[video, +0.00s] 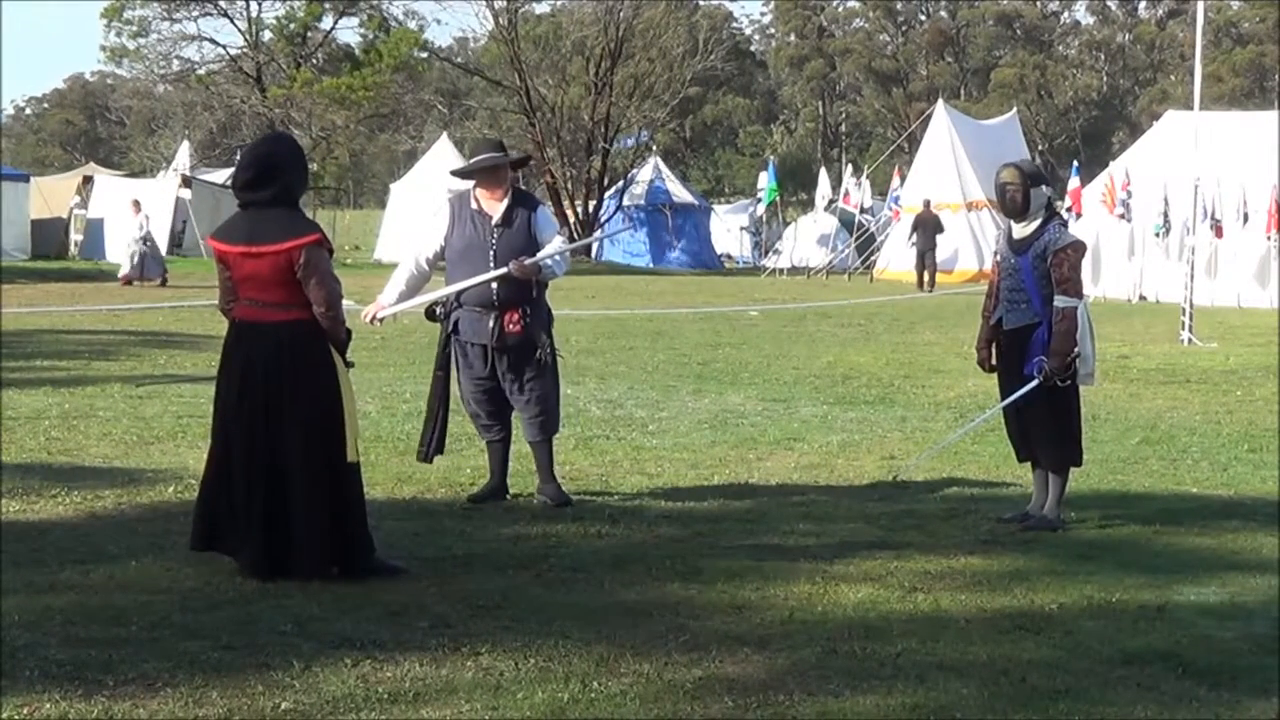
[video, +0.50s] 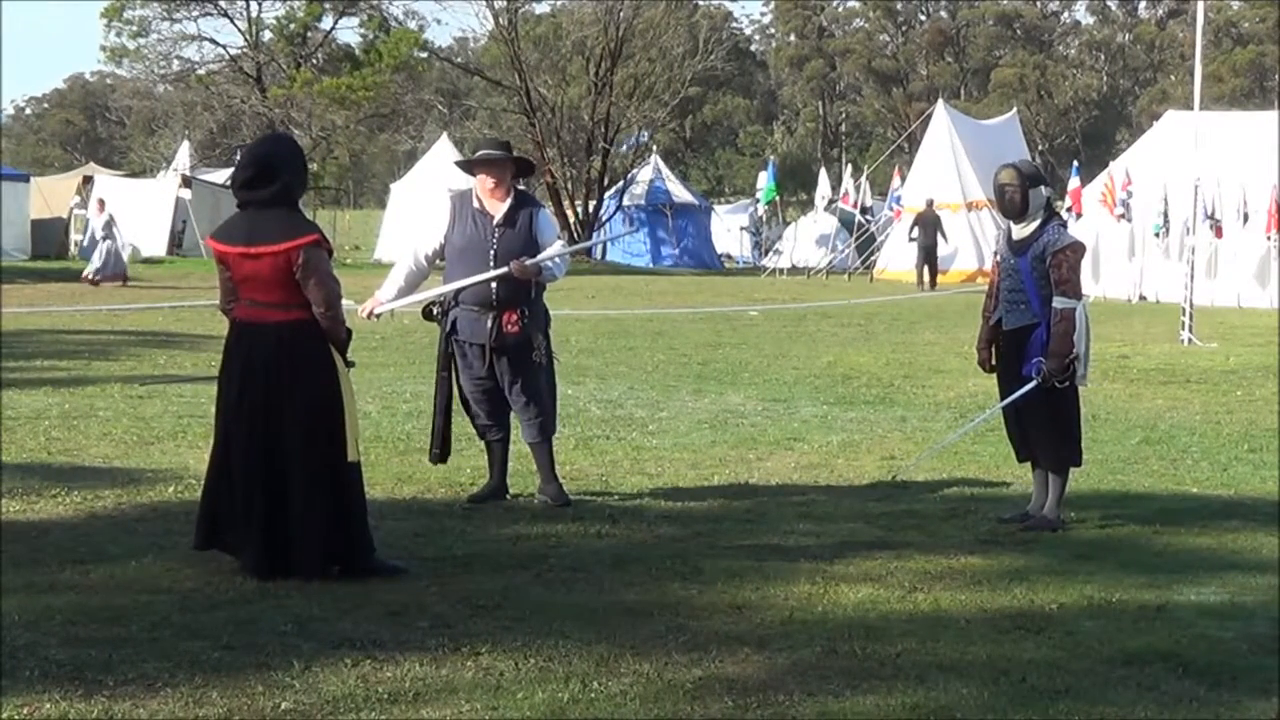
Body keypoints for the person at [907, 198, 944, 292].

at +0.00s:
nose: (926, 207)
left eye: (925, 205)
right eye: (927, 205)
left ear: (923, 205)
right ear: (930, 205)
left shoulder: (918, 216)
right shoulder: (935, 216)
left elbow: (913, 228)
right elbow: (941, 229)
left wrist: (909, 238)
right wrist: (933, 231)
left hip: (920, 245)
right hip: (930, 245)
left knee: (919, 266)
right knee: (931, 265)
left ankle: (920, 285)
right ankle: (930, 285)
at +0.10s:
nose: (926, 207)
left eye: (925, 205)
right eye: (927, 205)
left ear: (922, 205)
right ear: (929, 205)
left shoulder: (918, 216)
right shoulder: (934, 216)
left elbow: (913, 228)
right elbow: (940, 230)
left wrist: (909, 237)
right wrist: (939, 233)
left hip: (919, 246)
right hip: (929, 246)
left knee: (918, 266)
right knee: (931, 266)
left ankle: (919, 285)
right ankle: (929, 286)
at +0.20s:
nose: (926, 204)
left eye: (925, 202)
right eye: (927, 202)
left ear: (922, 203)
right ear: (929, 203)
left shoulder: (917, 214)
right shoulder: (934, 214)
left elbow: (911, 226)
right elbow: (939, 227)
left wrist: (907, 234)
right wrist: (942, 238)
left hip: (920, 243)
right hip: (930, 243)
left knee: (919, 263)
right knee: (932, 261)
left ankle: (919, 284)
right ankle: (929, 279)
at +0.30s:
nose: (927, 204)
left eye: (926, 202)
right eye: (928, 202)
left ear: (923, 202)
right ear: (930, 202)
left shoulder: (916, 213)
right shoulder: (934, 213)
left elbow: (910, 224)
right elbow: (939, 227)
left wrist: (908, 234)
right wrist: (944, 238)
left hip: (920, 242)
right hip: (930, 242)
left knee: (919, 263)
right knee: (932, 261)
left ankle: (920, 284)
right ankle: (929, 282)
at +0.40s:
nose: (929, 205)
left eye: (928, 203)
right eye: (930, 203)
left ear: (924, 203)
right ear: (931, 203)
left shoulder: (918, 214)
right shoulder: (935, 215)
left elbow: (910, 225)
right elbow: (939, 227)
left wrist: (908, 235)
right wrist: (944, 237)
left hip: (921, 242)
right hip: (931, 243)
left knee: (919, 263)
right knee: (932, 263)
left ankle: (920, 284)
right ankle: (933, 283)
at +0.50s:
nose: (931, 206)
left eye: (929, 204)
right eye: (931, 204)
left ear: (925, 204)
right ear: (933, 204)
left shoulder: (920, 215)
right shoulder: (936, 216)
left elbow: (912, 226)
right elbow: (940, 228)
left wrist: (909, 236)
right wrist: (945, 238)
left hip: (922, 243)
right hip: (932, 244)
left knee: (920, 263)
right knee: (933, 264)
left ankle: (920, 284)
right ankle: (933, 283)